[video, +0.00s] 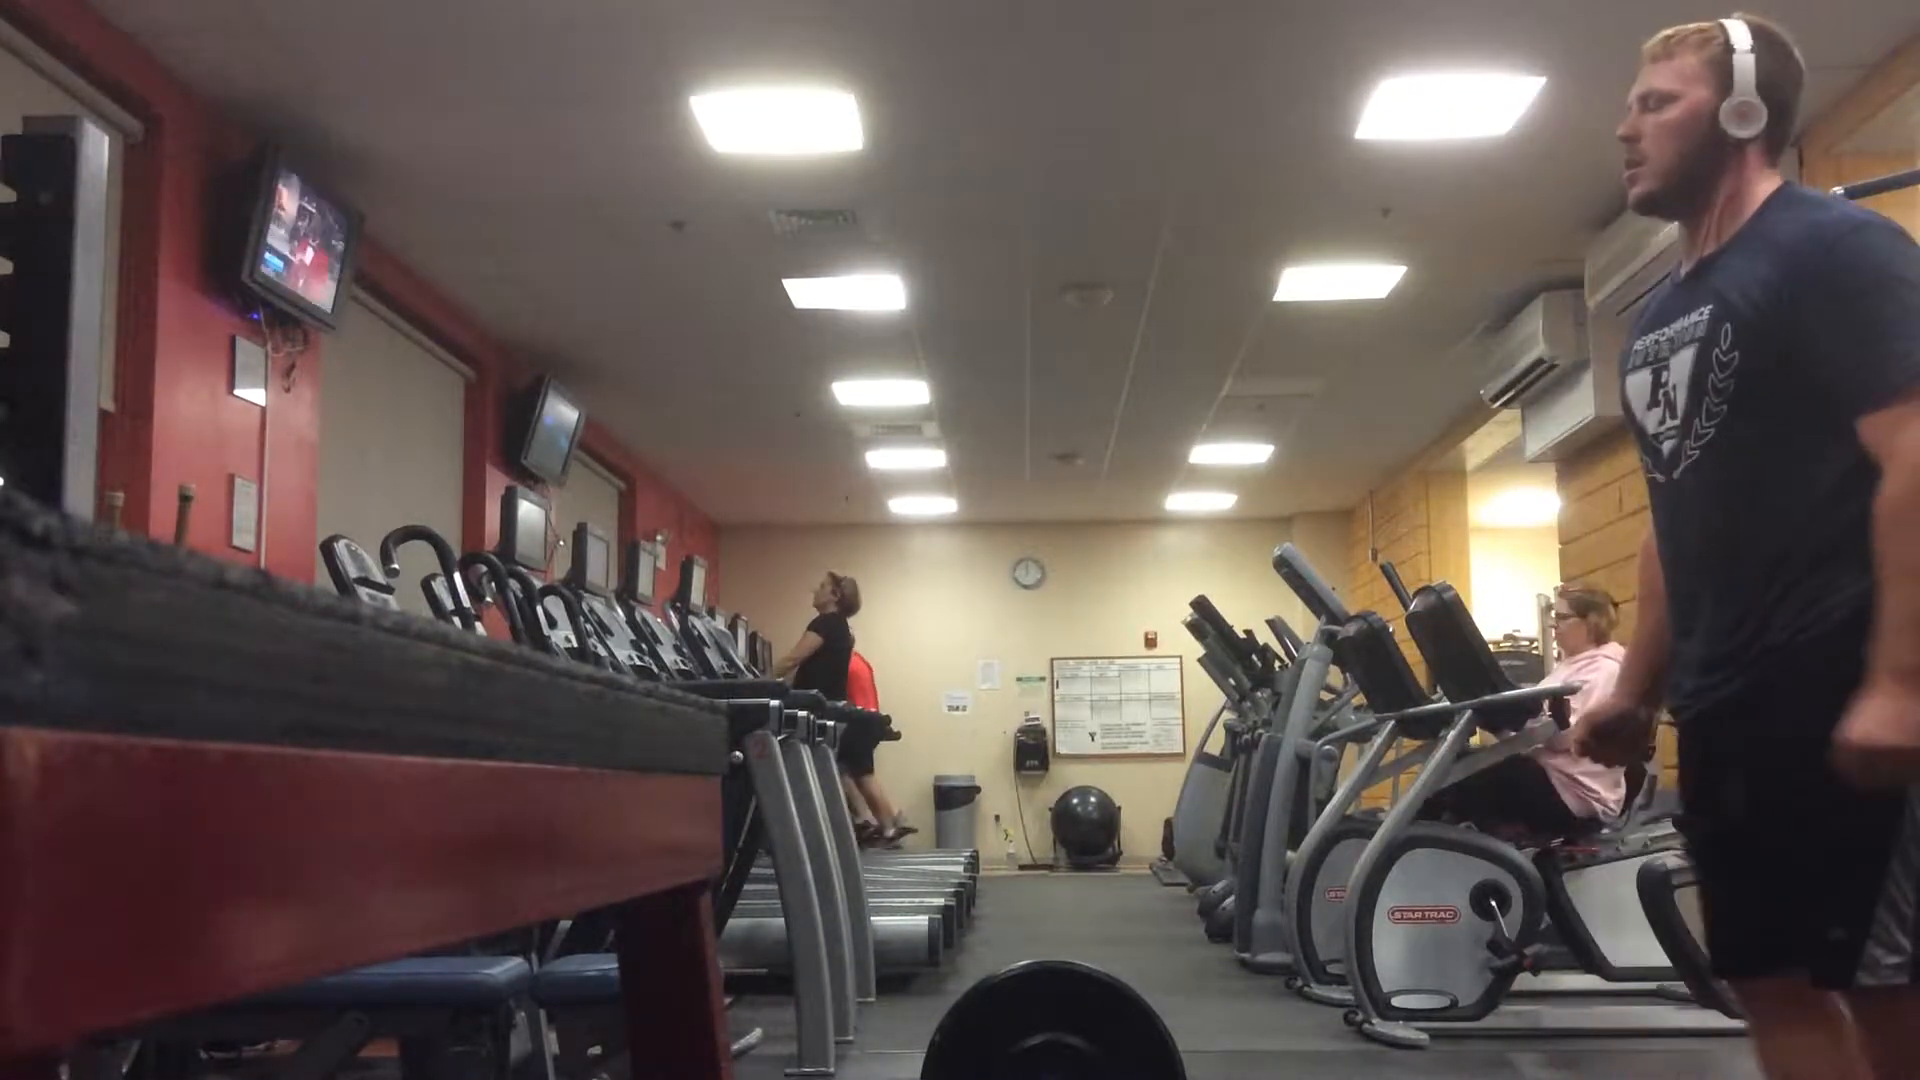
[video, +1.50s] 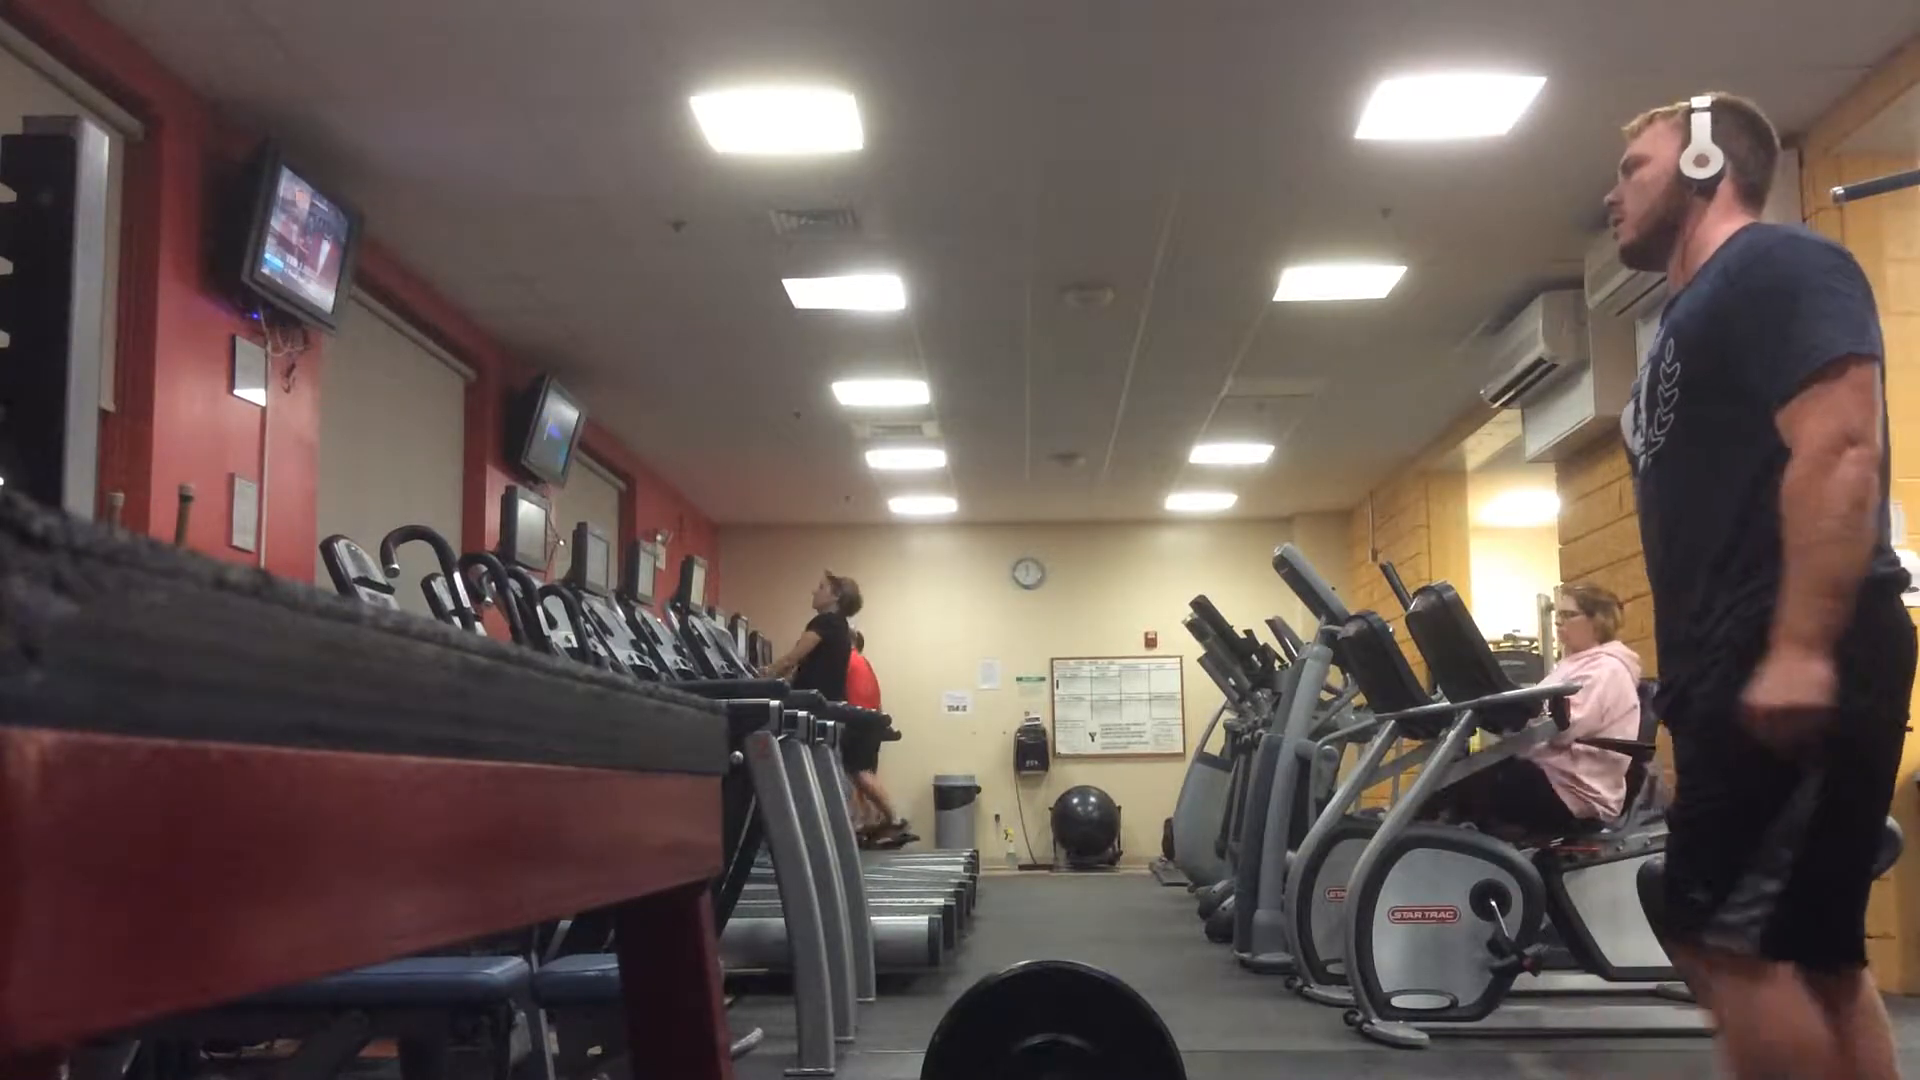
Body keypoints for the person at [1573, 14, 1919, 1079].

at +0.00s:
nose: (1625, 126)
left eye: (1655, 102)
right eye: (1629, 106)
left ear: (1742, 117)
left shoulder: (1835, 245)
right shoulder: (1654, 316)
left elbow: (1911, 458)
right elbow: (1676, 522)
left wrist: (1897, 680)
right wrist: (1633, 696)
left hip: (1843, 681)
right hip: (1719, 698)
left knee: (1887, 983)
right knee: (1772, 981)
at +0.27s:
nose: (1617, 135)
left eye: (1643, 108)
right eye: (1620, 115)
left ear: (1727, 115)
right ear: (1705, 122)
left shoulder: (1825, 237)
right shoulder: (1659, 310)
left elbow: (1884, 446)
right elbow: (1686, 516)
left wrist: (1754, 633)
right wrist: (1621, 684)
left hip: (1859, 687)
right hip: (1742, 698)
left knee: (1885, 993)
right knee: (1802, 986)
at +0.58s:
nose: (1619, 150)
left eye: (1641, 124)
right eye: (1623, 131)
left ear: (1721, 127)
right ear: (1705, 135)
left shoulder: (1798, 231)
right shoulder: (1665, 310)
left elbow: (1865, 441)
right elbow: (1708, 526)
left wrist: (1828, 651)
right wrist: (1677, 702)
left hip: (1834, 673)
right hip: (1733, 693)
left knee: (1868, 983)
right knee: (1789, 979)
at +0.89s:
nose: (1631, 181)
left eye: (1650, 152)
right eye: (1636, 158)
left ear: (1725, 147)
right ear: (1722, 156)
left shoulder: (1805, 251)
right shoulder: (1706, 310)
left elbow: (1811, 452)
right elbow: (1699, 528)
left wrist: (1684, 629)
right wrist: (1633, 696)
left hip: (1811, 637)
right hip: (1758, 646)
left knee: (1689, 929)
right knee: (1809, 956)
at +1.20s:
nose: (1623, 193)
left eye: (1642, 165)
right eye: (1627, 173)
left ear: (1717, 163)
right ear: (1705, 172)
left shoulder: (1798, 262)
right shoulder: (1693, 328)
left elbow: (1841, 455)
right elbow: (1711, 545)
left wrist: (1758, 635)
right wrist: (1666, 713)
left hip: (1814, 634)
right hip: (1749, 647)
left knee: (1666, 931)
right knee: (1815, 964)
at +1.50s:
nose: (1613, 192)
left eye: (1632, 166)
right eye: (1616, 173)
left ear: (1704, 166)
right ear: (1699, 176)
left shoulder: (1773, 260)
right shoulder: (1681, 328)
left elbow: (1839, 450)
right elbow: (1719, 515)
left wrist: (1800, 649)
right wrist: (1696, 686)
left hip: (1796, 653)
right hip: (1739, 660)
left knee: (1724, 938)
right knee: (1820, 959)